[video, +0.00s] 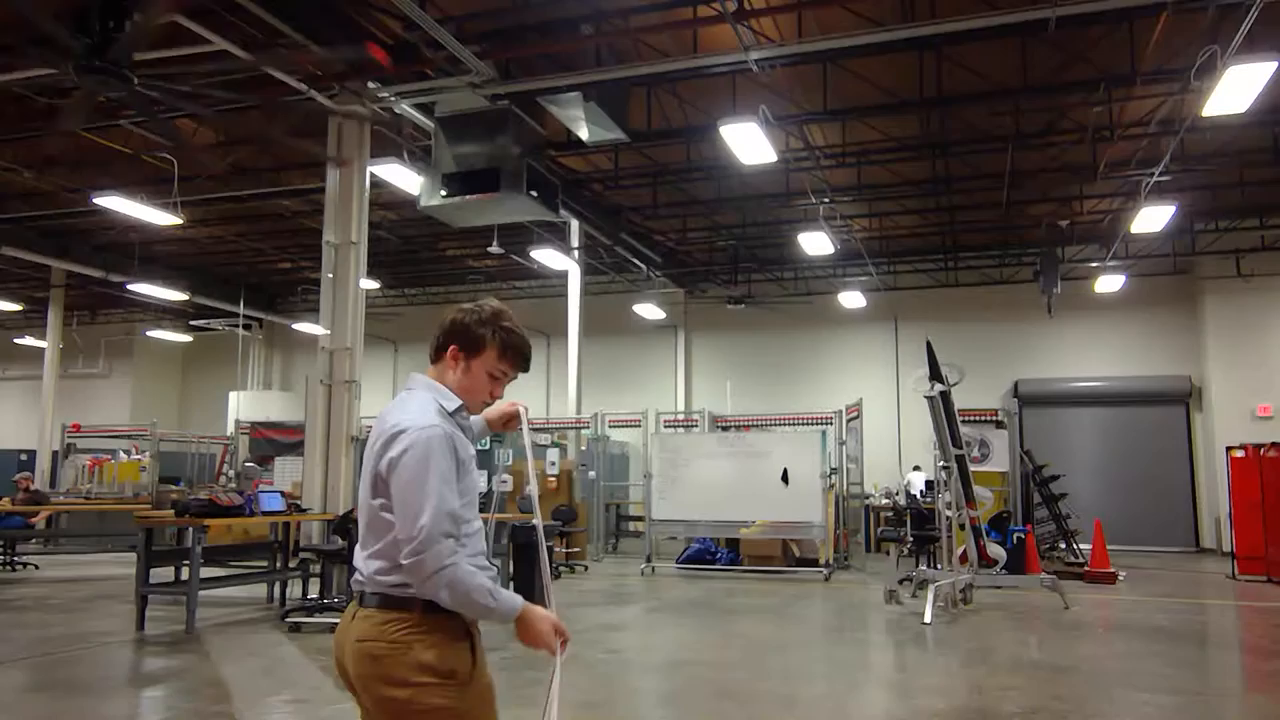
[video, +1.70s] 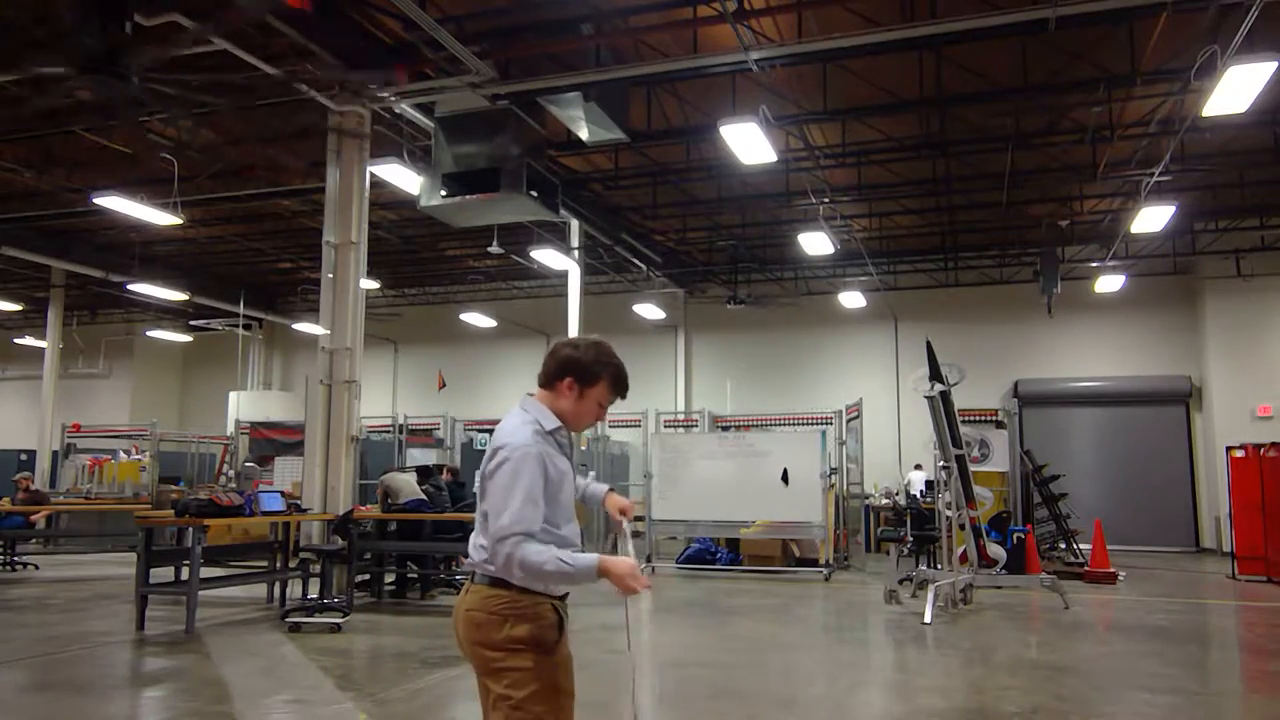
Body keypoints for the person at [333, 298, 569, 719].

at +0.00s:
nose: (498, 394)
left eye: (504, 383)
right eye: (495, 377)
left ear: (452, 360)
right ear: (455, 358)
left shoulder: (406, 411)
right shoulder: (426, 429)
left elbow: (440, 436)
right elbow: (432, 561)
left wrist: (484, 423)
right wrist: (519, 612)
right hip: (414, 637)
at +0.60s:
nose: (541, 408)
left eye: (548, 396)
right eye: (539, 392)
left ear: (496, 372)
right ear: (501, 371)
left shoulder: (433, 413)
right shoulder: (480, 438)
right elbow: (474, 563)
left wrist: (505, 434)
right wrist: (568, 613)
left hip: (395, 619)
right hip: (455, 633)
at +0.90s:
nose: (590, 411)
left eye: (596, 400)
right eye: (589, 396)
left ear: (549, 376)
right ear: (553, 377)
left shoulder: (479, 417)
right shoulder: (528, 440)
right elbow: (524, 561)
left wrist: (549, 434)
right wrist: (606, 634)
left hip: (445, 610)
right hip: (503, 622)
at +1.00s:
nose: (607, 416)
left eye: (613, 405)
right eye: (607, 401)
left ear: (568, 379)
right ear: (573, 382)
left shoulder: (495, 415)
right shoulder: (544, 443)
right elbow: (532, 566)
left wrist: (561, 431)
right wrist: (592, 648)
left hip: (453, 608)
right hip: (506, 620)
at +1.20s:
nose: (630, 422)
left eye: (636, 413)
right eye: (633, 410)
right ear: (604, 393)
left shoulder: (519, 410)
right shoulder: (556, 457)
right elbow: (502, 571)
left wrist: (585, 437)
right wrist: (558, 650)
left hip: (463, 605)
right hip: (515, 621)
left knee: (483, 714)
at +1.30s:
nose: (627, 428)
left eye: (634, 420)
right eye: (632, 417)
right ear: (605, 398)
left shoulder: (525, 410)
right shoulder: (553, 461)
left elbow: (560, 424)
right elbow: (515, 573)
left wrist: (593, 443)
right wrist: (587, 616)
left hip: (470, 601)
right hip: (516, 619)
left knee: (488, 714)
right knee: (540, 711)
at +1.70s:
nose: (602, 417)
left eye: (606, 407)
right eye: (601, 404)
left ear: (567, 388)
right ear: (569, 388)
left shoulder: (539, 434)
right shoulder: (524, 444)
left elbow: (564, 480)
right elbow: (509, 550)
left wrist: (605, 496)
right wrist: (602, 566)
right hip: (513, 612)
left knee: (513, 712)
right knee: (536, 712)